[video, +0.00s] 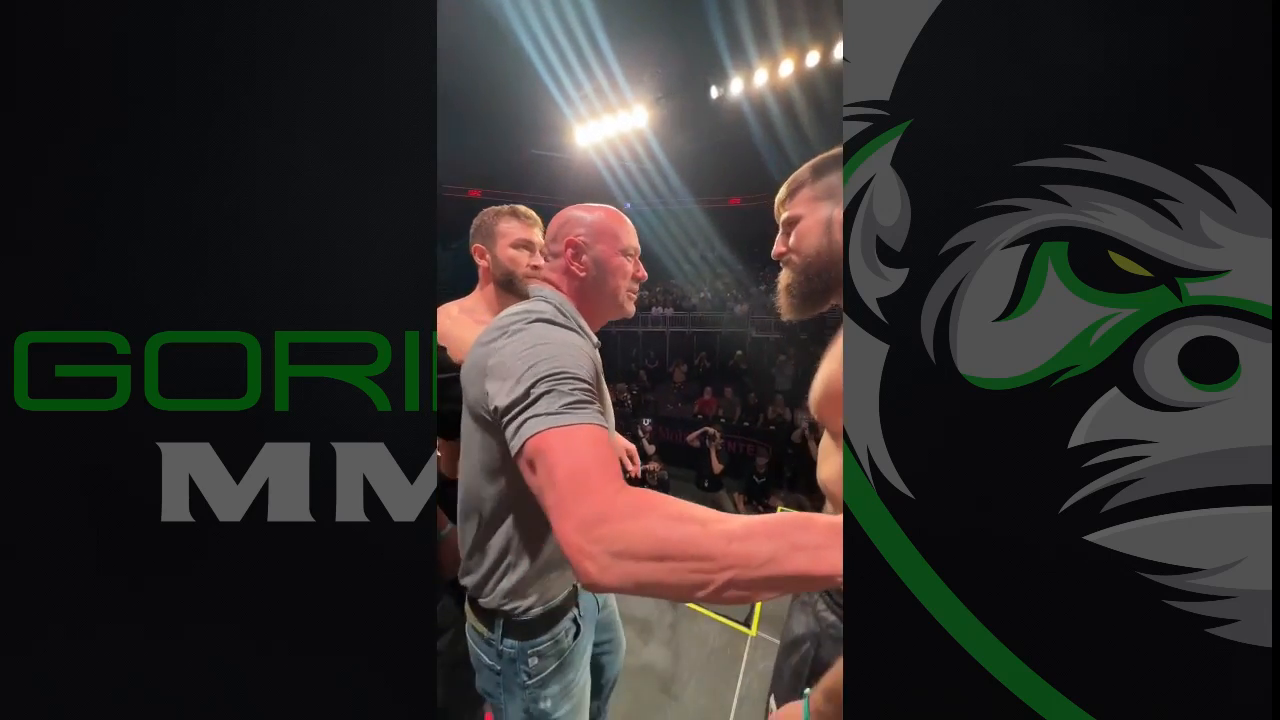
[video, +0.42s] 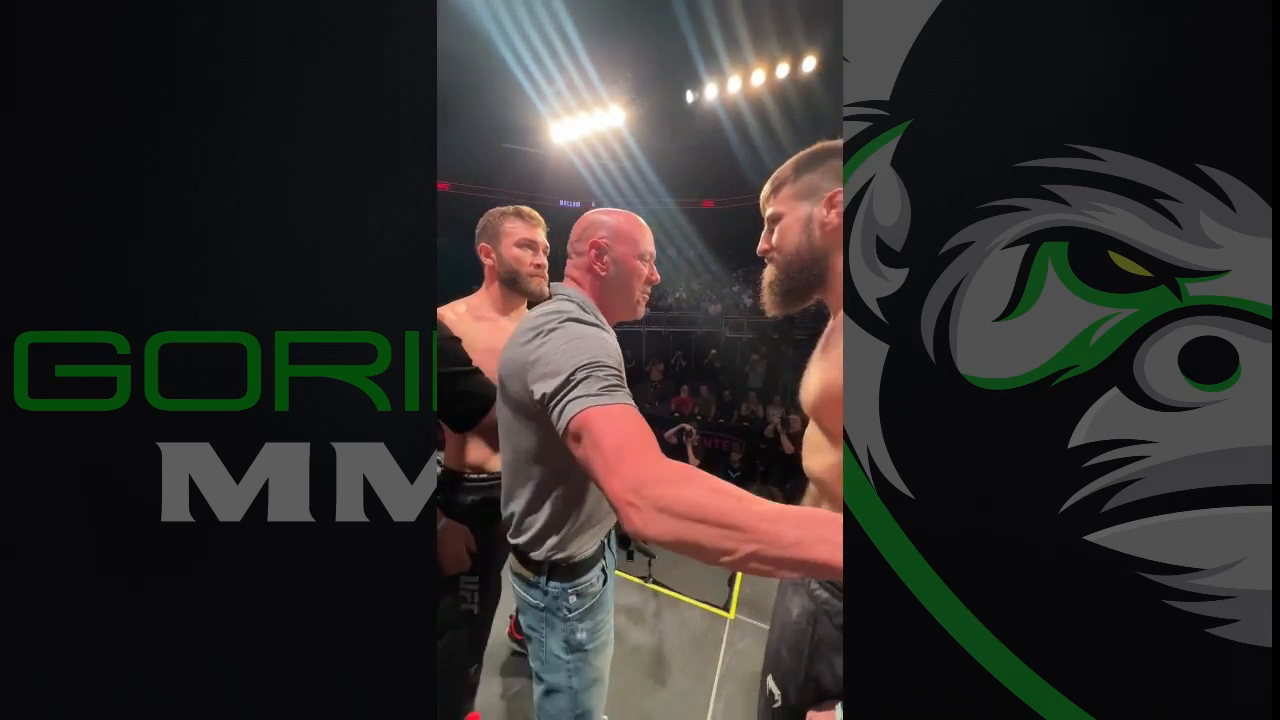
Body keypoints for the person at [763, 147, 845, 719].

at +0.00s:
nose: (777, 249)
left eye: (791, 224)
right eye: (779, 231)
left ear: (852, 217)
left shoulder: (861, 352)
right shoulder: (850, 343)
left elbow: (901, 561)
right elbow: (845, 534)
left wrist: (823, 702)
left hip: (847, 627)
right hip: (823, 604)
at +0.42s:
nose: (762, 245)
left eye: (775, 221)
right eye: (764, 227)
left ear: (831, 211)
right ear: (828, 214)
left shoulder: (855, 339)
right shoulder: (834, 335)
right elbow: (829, 500)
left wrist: (844, 697)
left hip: (837, 594)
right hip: (814, 584)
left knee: (800, 706)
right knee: (783, 705)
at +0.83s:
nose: (763, 249)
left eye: (775, 231)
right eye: (764, 235)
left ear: (828, 228)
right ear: (824, 233)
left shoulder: (845, 309)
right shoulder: (831, 309)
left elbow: (882, 479)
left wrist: (834, 641)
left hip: (834, 562)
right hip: (817, 549)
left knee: (785, 705)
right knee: (779, 698)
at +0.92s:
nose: (758, 252)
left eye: (771, 235)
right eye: (761, 238)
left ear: (821, 235)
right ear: (819, 239)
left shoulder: (840, 299)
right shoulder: (827, 303)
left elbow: (884, 448)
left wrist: (846, 629)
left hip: (836, 553)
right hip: (818, 539)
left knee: (792, 699)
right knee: (788, 693)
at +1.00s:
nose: (756, 251)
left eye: (770, 234)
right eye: (760, 238)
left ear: (819, 236)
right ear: (818, 240)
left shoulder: (836, 292)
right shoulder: (822, 301)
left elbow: (889, 385)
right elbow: (808, 420)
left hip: (835, 537)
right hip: (818, 529)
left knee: (804, 692)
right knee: (804, 688)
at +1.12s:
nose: (759, 246)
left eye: (773, 230)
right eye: (763, 234)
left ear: (820, 231)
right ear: (820, 236)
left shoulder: (834, 286)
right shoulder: (822, 292)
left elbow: (890, 378)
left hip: (831, 533)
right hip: (813, 523)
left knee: (802, 697)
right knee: (790, 690)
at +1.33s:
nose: (766, 237)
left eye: (780, 221)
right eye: (770, 223)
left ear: (830, 224)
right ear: (829, 226)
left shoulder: (839, 293)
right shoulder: (825, 293)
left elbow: (867, 463)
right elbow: (836, 448)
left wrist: (826, 620)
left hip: (817, 537)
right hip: (800, 522)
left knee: (791, 693)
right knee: (782, 674)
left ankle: (779, 711)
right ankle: (773, 708)